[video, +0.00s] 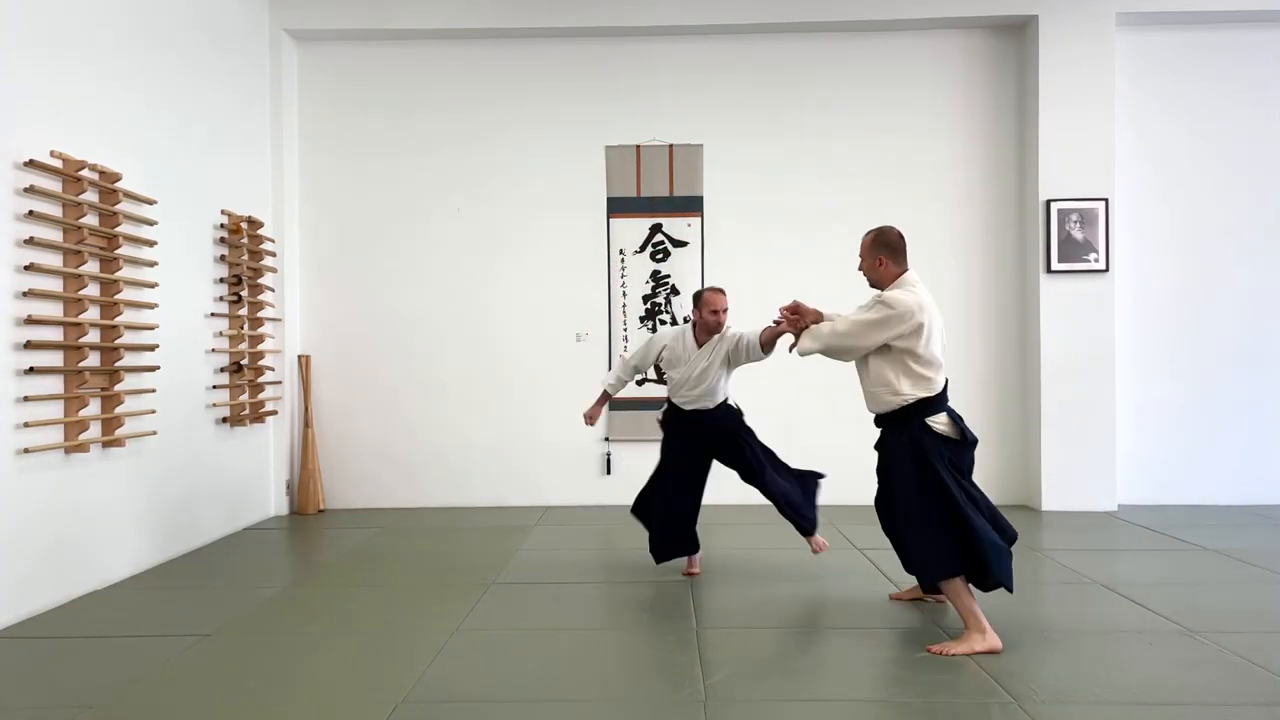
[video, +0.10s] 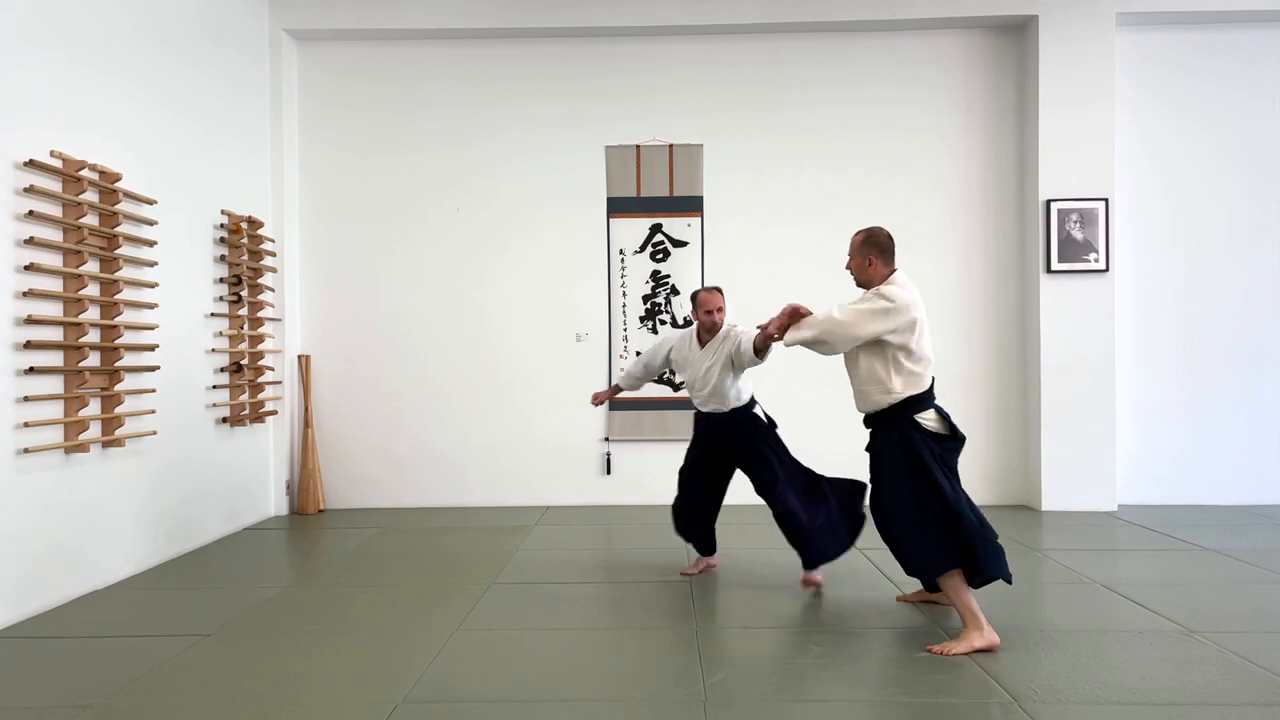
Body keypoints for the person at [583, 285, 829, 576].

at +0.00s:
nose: (721, 318)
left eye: (724, 312)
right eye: (714, 312)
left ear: (727, 313)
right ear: (696, 314)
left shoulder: (729, 343)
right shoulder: (667, 341)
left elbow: (757, 342)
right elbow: (628, 368)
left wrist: (779, 328)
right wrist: (598, 403)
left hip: (720, 421)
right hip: (681, 425)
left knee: (763, 473)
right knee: (679, 492)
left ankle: (806, 527)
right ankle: (691, 550)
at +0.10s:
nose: (716, 317)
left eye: (720, 310)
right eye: (709, 312)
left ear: (725, 310)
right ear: (694, 314)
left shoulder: (734, 338)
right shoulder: (677, 343)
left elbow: (754, 350)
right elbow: (643, 367)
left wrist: (769, 333)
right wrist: (613, 390)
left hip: (744, 424)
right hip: (708, 428)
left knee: (779, 492)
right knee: (694, 495)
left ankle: (810, 564)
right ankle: (707, 555)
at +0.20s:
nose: (722, 313)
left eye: (727, 306)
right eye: (715, 309)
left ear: (738, 306)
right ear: (708, 314)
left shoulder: (755, 337)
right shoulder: (703, 343)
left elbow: (755, 354)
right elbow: (680, 369)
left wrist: (745, 343)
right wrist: (655, 386)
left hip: (761, 430)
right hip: (727, 430)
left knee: (777, 508)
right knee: (696, 493)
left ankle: (806, 584)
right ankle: (714, 547)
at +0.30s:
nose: (718, 305)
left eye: (723, 298)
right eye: (714, 300)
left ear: (742, 297)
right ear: (711, 305)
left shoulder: (762, 330)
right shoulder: (719, 340)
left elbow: (764, 355)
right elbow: (721, 380)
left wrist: (733, 336)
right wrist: (702, 391)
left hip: (771, 426)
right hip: (737, 426)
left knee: (787, 503)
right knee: (706, 483)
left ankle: (809, 581)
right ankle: (707, 560)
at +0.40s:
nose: (714, 302)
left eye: (719, 294)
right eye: (707, 297)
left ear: (735, 294)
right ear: (702, 303)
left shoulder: (752, 323)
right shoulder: (714, 332)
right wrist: (735, 405)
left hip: (775, 418)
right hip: (742, 420)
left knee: (791, 495)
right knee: (714, 487)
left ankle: (816, 573)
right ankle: (710, 566)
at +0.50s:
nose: (700, 299)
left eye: (707, 291)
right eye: (695, 295)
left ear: (724, 293)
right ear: (692, 304)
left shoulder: (742, 321)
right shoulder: (706, 332)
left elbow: (748, 334)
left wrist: (737, 303)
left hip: (765, 416)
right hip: (737, 418)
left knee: (773, 491)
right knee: (716, 488)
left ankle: (787, 570)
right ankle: (714, 565)